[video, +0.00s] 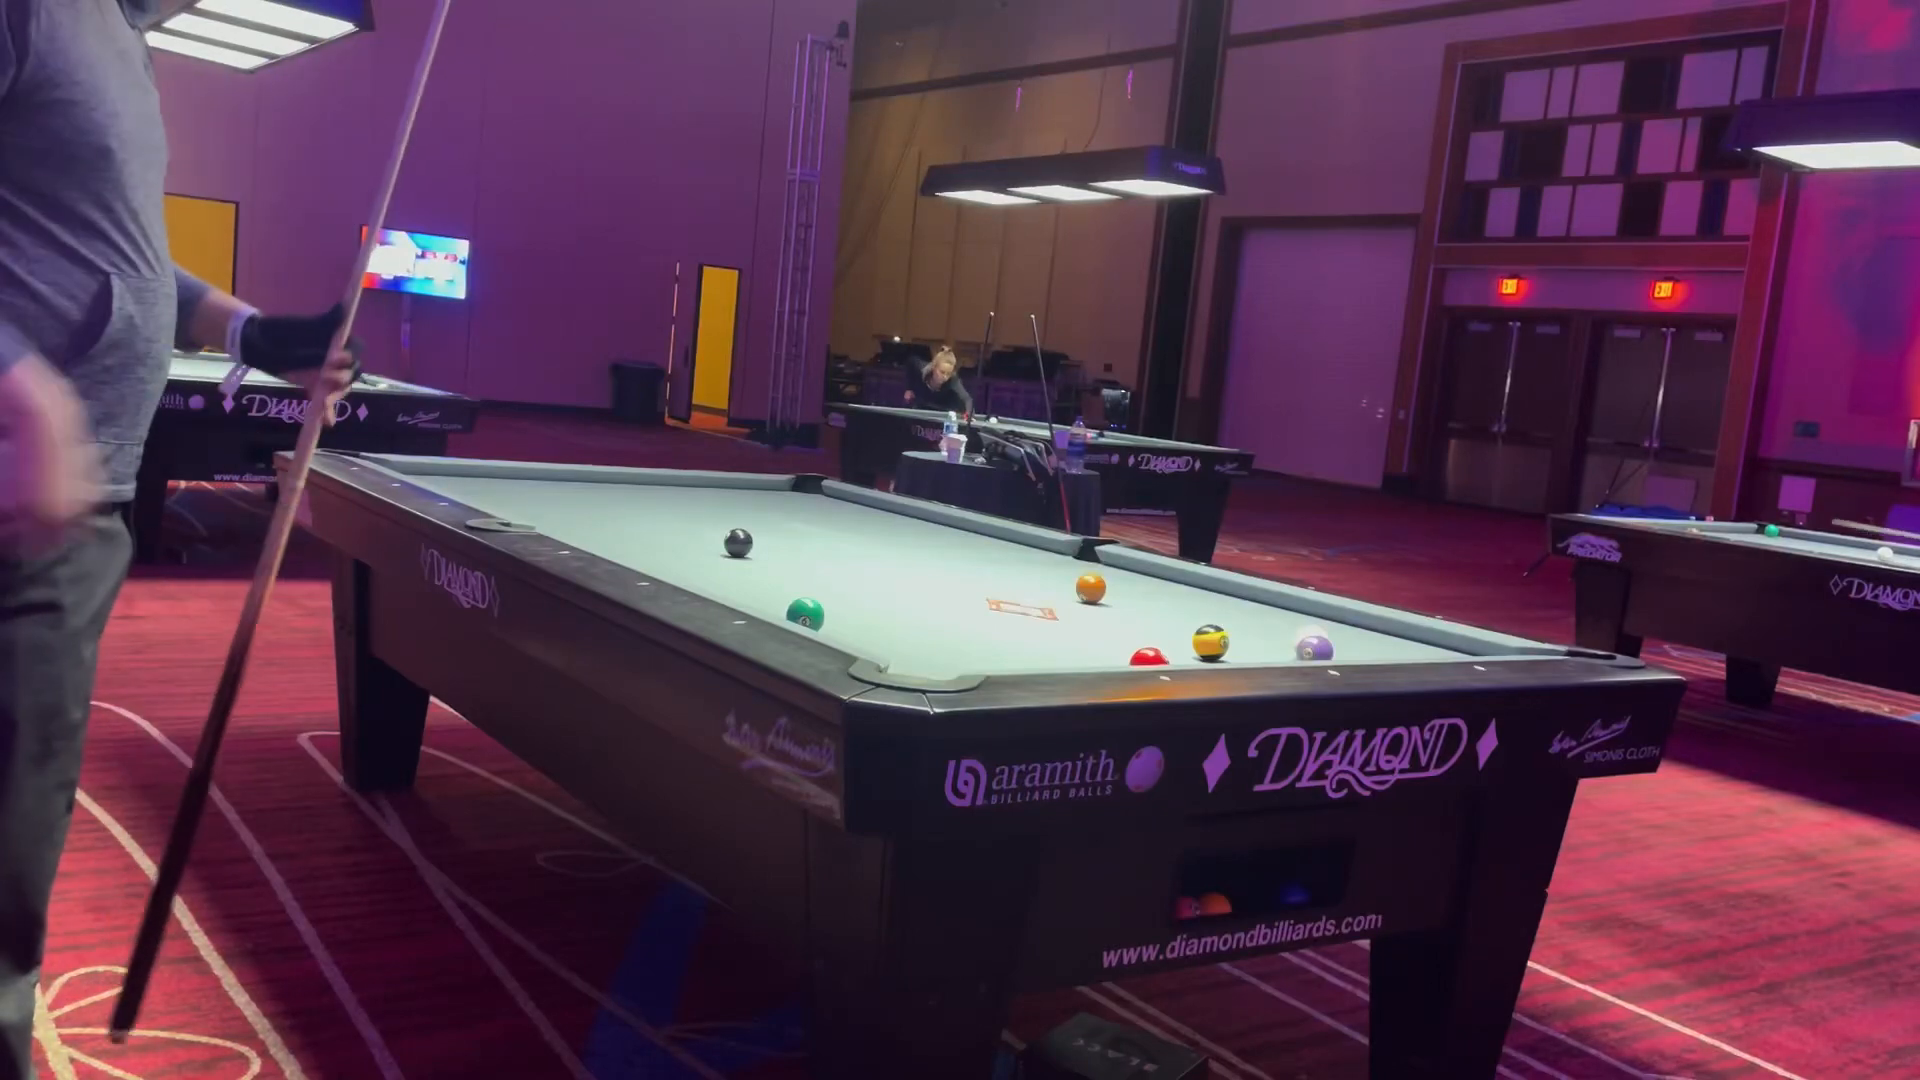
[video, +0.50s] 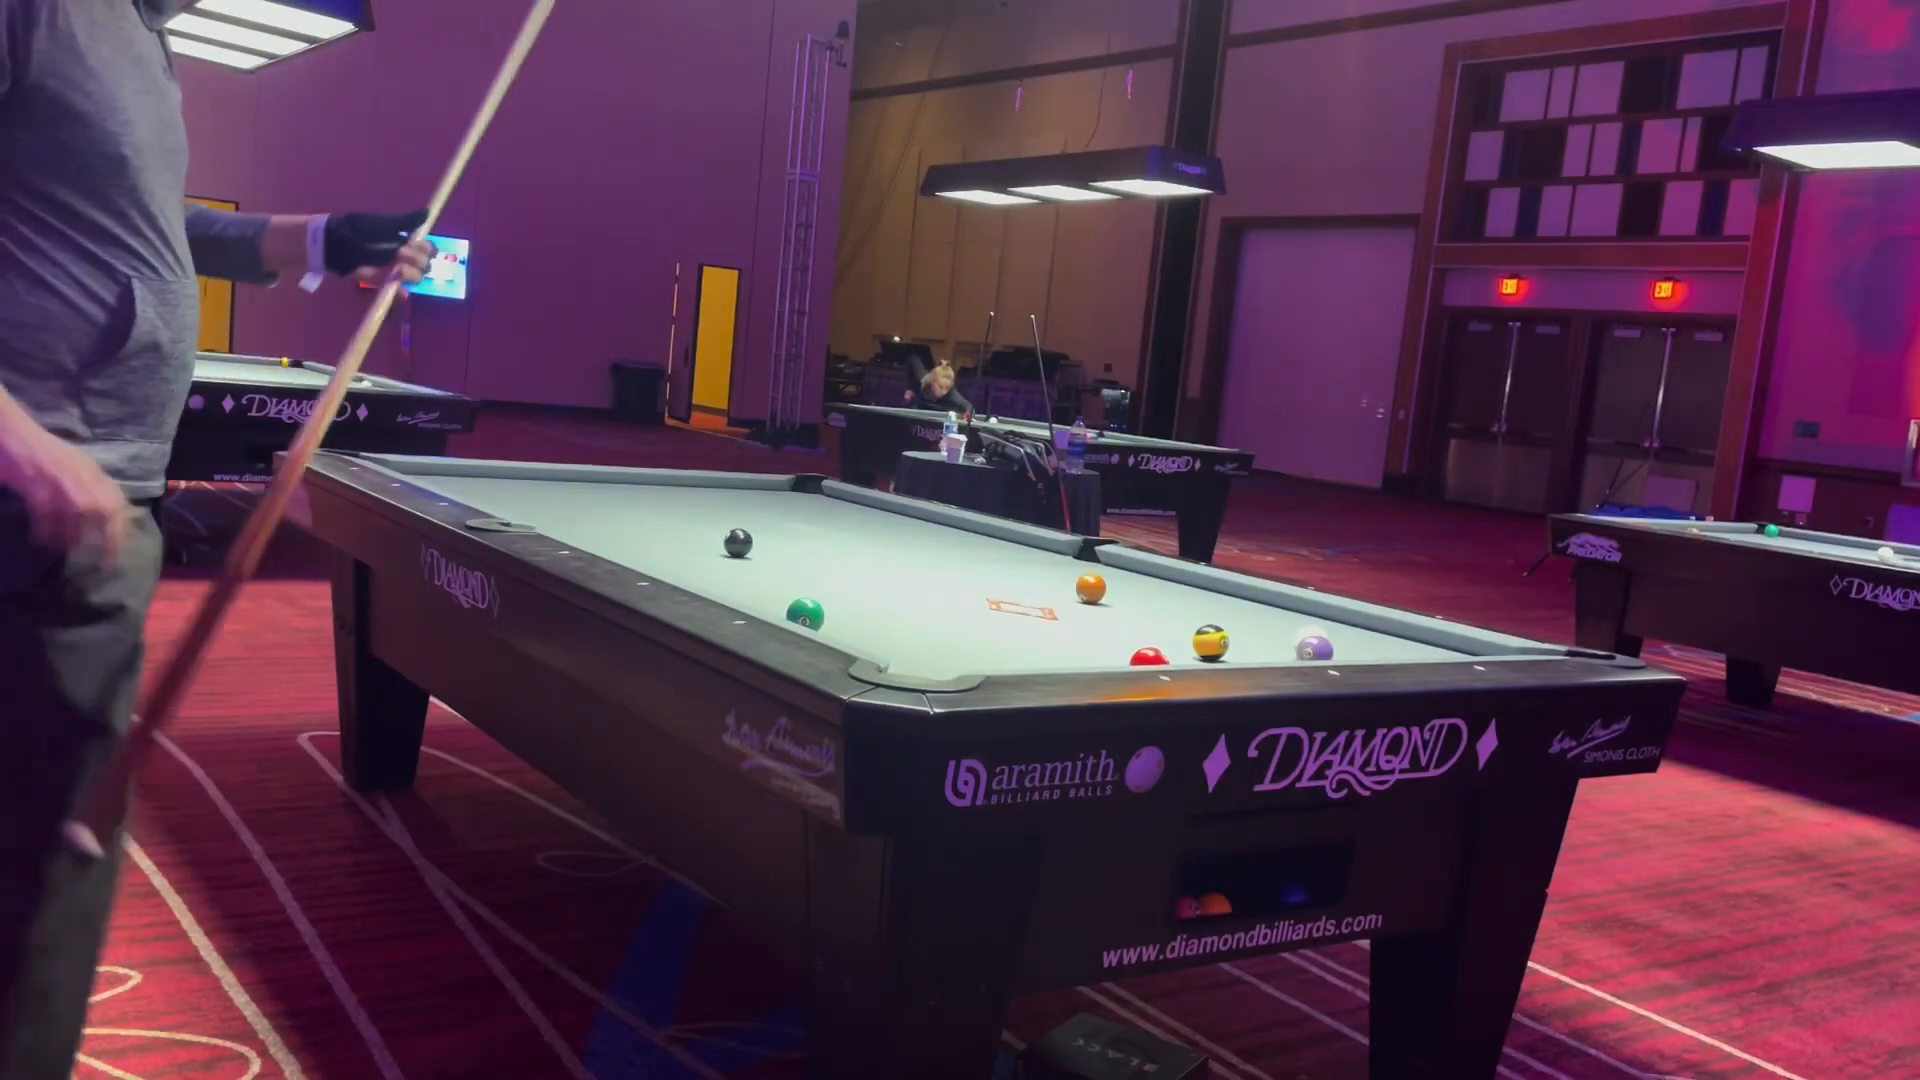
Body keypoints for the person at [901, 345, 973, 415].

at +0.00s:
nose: (944, 377)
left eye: (948, 374)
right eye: (942, 372)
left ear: (951, 373)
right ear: (934, 367)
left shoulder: (953, 382)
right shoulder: (921, 370)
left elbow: (967, 399)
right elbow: (911, 361)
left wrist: (967, 413)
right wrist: (908, 388)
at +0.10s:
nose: (944, 381)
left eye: (948, 377)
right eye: (942, 376)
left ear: (951, 377)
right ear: (934, 370)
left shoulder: (952, 385)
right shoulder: (920, 372)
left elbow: (966, 400)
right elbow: (911, 361)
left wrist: (966, 412)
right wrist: (908, 388)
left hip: (944, 409)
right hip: (920, 403)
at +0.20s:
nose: (944, 385)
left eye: (947, 381)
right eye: (941, 379)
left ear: (951, 381)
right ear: (933, 373)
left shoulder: (951, 387)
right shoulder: (920, 374)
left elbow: (966, 402)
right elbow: (911, 361)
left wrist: (966, 412)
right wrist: (908, 388)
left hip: (943, 411)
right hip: (920, 405)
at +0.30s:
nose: (943, 388)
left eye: (947, 384)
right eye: (941, 383)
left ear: (950, 384)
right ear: (933, 377)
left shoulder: (951, 390)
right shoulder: (921, 376)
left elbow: (967, 404)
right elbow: (911, 360)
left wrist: (967, 413)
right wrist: (908, 388)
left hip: (942, 411)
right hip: (920, 406)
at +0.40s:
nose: (943, 391)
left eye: (946, 387)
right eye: (941, 386)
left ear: (949, 386)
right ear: (933, 379)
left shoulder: (951, 393)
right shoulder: (920, 378)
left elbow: (968, 407)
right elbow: (912, 360)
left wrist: (966, 414)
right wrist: (908, 388)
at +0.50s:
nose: (943, 392)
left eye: (946, 389)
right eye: (941, 387)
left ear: (949, 388)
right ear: (932, 380)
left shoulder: (951, 396)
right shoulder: (920, 381)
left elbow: (968, 406)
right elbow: (912, 359)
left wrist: (966, 414)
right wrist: (909, 388)